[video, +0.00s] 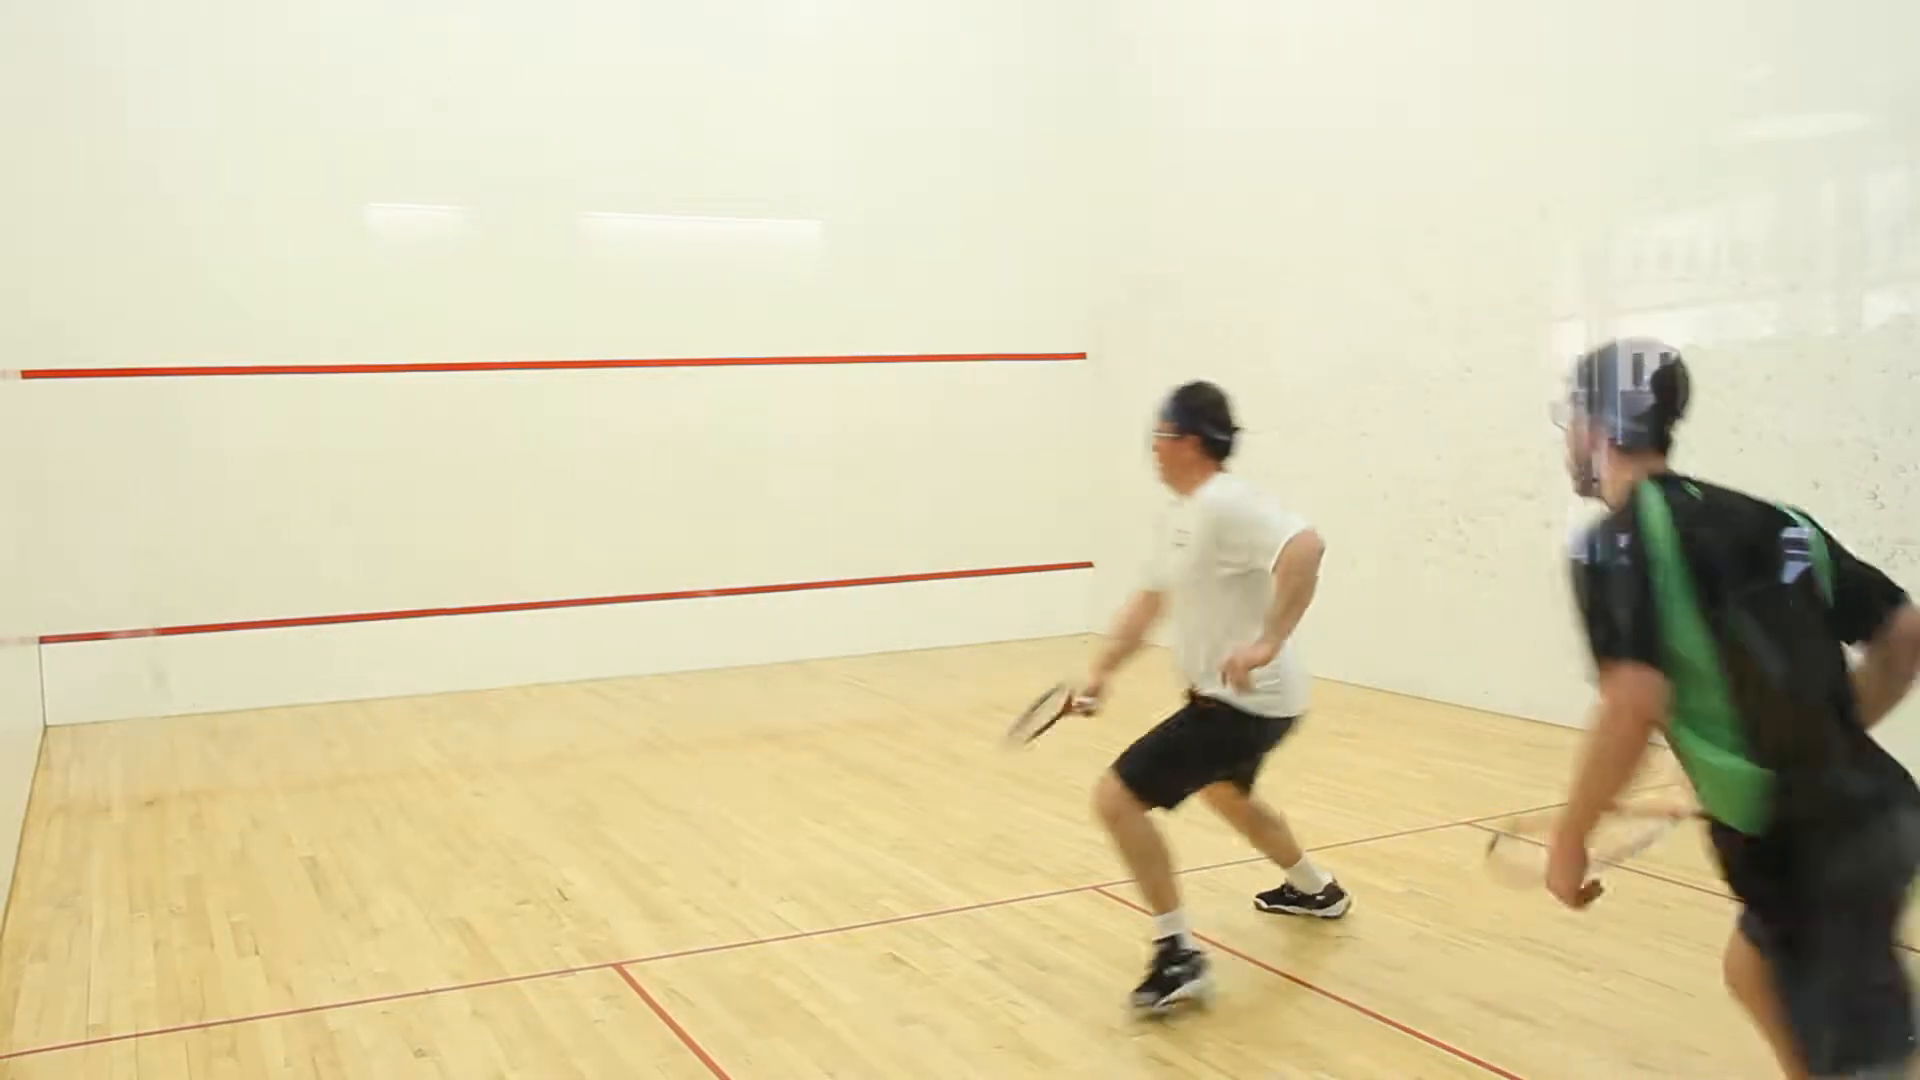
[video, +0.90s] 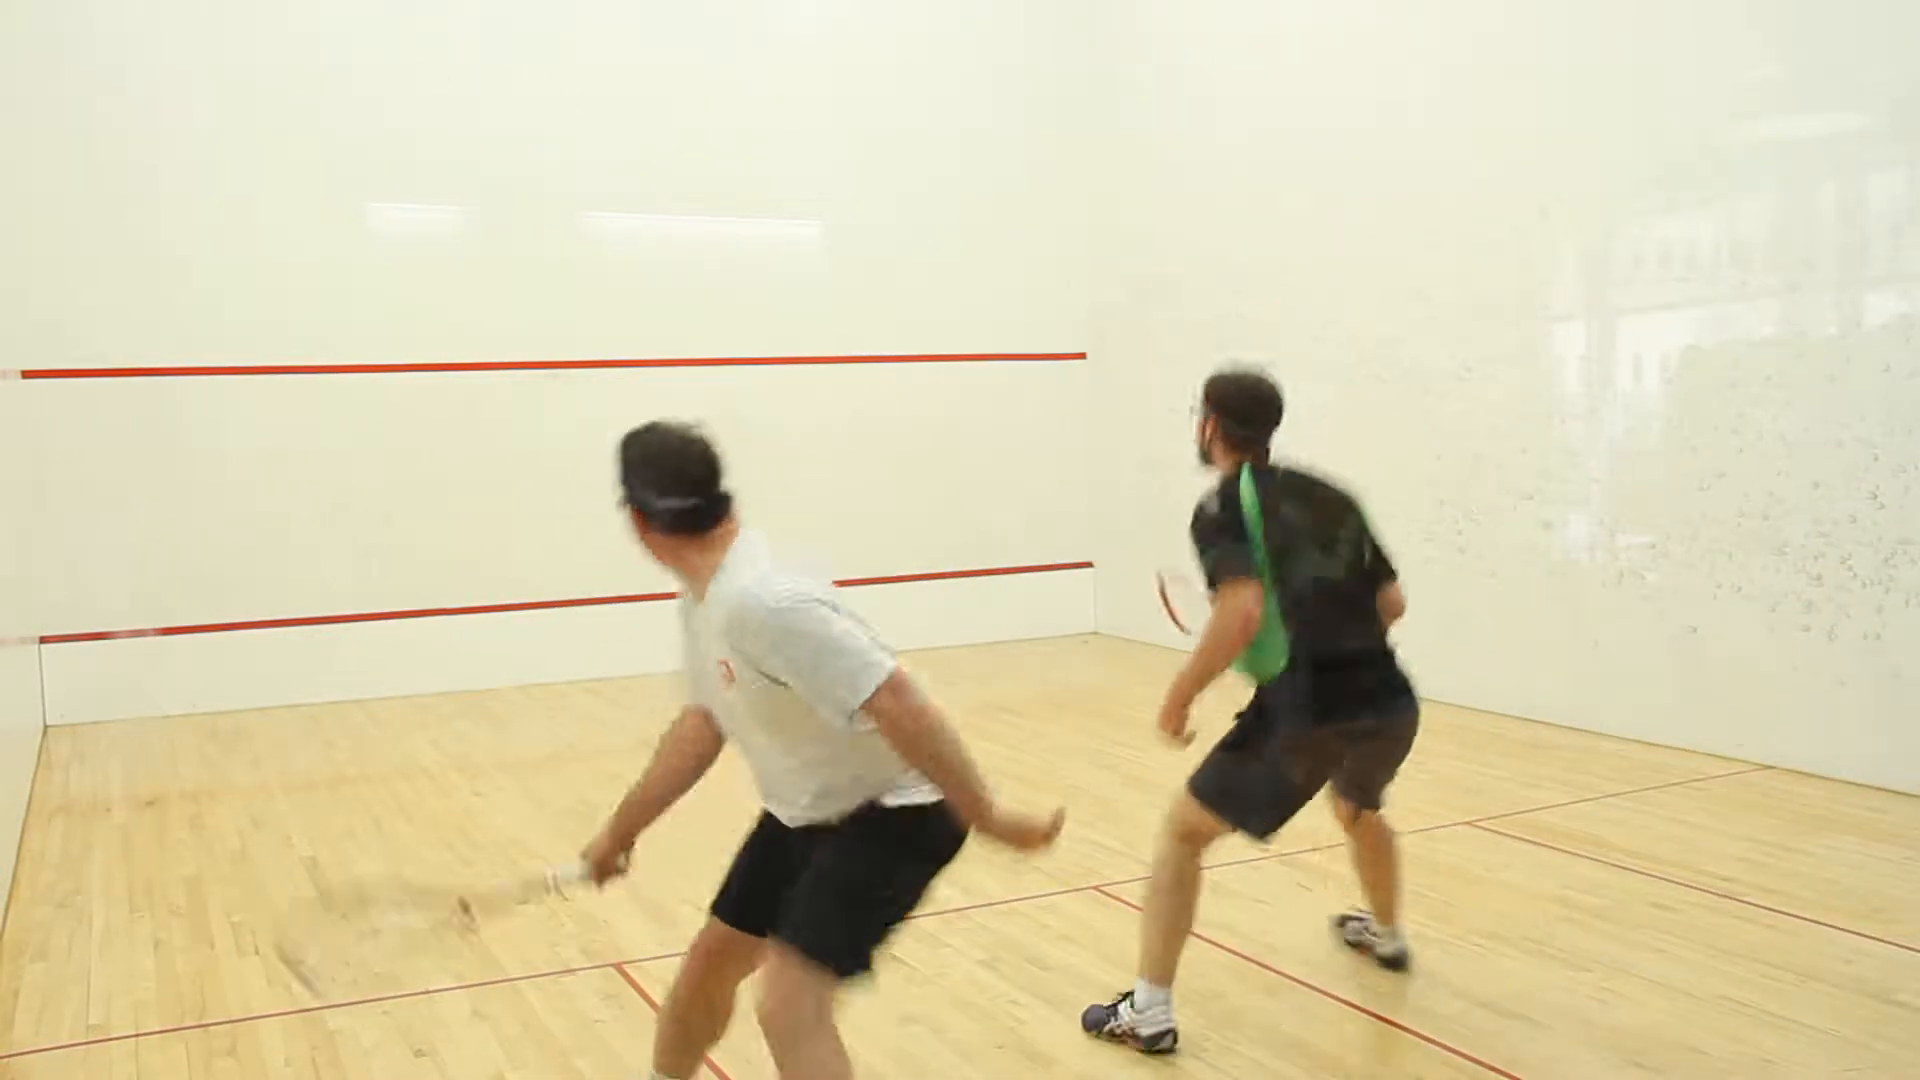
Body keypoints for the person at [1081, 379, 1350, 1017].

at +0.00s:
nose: (1153, 448)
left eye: (1162, 437)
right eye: (1155, 436)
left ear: (1194, 444)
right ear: (1189, 443)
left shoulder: (1228, 502)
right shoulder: (1179, 514)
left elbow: (1303, 549)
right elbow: (1151, 598)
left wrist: (1268, 643)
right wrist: (1102, 669)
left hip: (1248, 702)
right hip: (1224, 695)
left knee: (1116, 799)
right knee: (1223, 791)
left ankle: (1178, 951)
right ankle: (1316, 887)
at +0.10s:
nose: (1089, 441)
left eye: (1102, 429)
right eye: (1091, 428)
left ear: (1140, 437)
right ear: (1121, 437)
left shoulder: (1195, 508)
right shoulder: (1097, 509)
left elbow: (1282, 575)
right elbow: (1072, 597)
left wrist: (1222, 662)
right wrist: (1046, 684)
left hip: (1187, 713)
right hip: (1125, 707)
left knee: (1097, 847)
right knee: (1151, 821)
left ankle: (1162, 952)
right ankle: (1257, 860)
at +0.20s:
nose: (1008, 459)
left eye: (1022, 446)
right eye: (1009, 446)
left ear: (1060, 453)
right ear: (1034, 455)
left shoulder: (1135, 531)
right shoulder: (1011, 527)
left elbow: (1176, 644)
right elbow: (988, 627)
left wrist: (1073, 678)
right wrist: (998, 710)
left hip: (1136, 723)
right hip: (1052, 717)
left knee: (1084, 872)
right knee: (994, 842)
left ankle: (1155, 947)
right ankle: (1106, 873)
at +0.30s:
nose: (922, 504)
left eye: (934, 489)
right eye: (921, 490)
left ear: (972, 490)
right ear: (942, 494)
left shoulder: (1057, 554)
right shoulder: (925, 565)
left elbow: (1054, 675)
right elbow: (915, 680)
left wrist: (946, 644)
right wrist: (963, 712)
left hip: (1061, 747)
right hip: (975, 734)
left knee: (1065, 916)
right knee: (880, 822)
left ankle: (1144, 935)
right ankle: (869, 985)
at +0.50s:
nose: (683, 622)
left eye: (691, 605)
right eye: (678, 606)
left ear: (734, 593)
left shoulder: (846, 651)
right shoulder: (704, 676)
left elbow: (920, 760)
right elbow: (669, 778)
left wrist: (818, 787)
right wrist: (655, 860)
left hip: (907, 843)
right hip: (802, 832)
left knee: (946, 1004)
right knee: (708, 943)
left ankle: (1025, 952)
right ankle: (661, 1074)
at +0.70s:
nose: (564, 613)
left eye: (564, 596)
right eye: (561, 597)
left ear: (596, 598)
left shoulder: (758, 643)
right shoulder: (643, 681)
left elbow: (877, 736)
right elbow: (694, 808)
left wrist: (978, 845)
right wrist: (674, 931)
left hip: (859, 837)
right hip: (753, 825)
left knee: (771, 993)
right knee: (681, 980)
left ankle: (737, 1038)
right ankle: (655, 1077)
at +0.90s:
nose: (629, 525)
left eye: (628, 512)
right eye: (631, 507)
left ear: (639, 522)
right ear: (715, 494)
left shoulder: (768, 603)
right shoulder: (705, 599)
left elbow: (898, 703)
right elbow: (702, 727)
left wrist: (984, 813)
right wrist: (620, 832)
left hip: (895, 810)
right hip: (802, 809)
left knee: (790, 998)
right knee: (714, 958)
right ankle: (668, 1072)